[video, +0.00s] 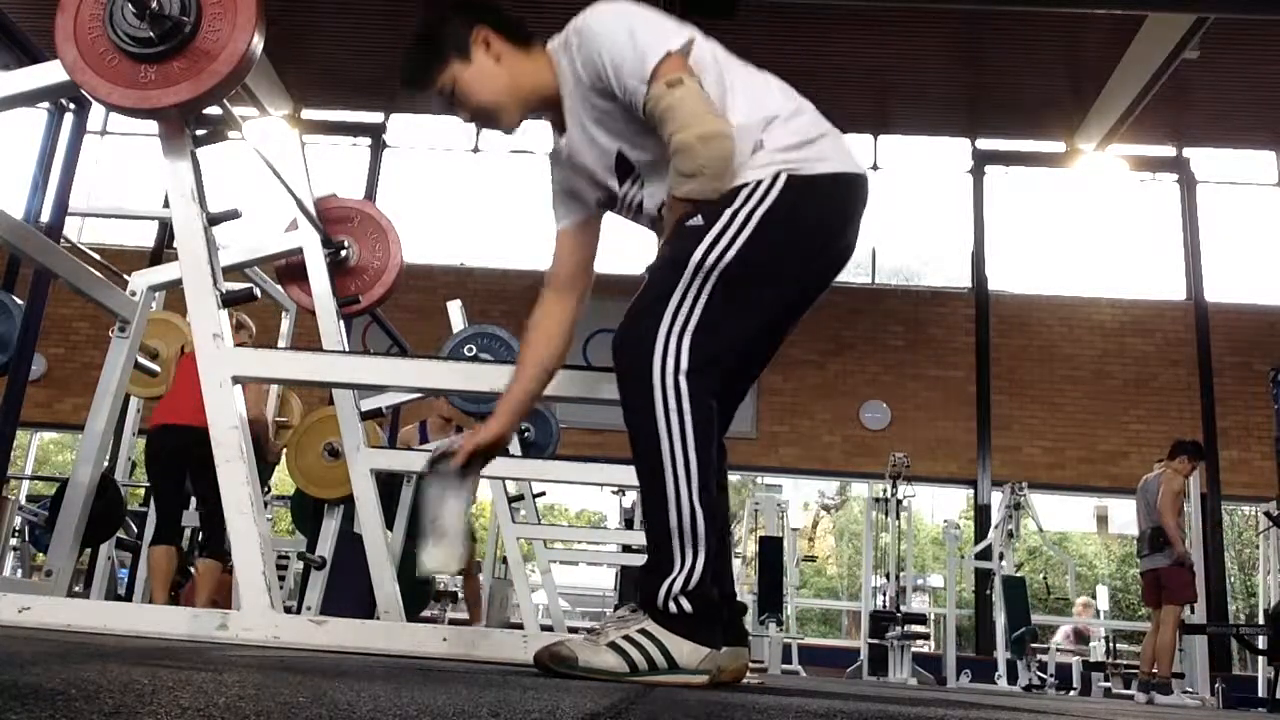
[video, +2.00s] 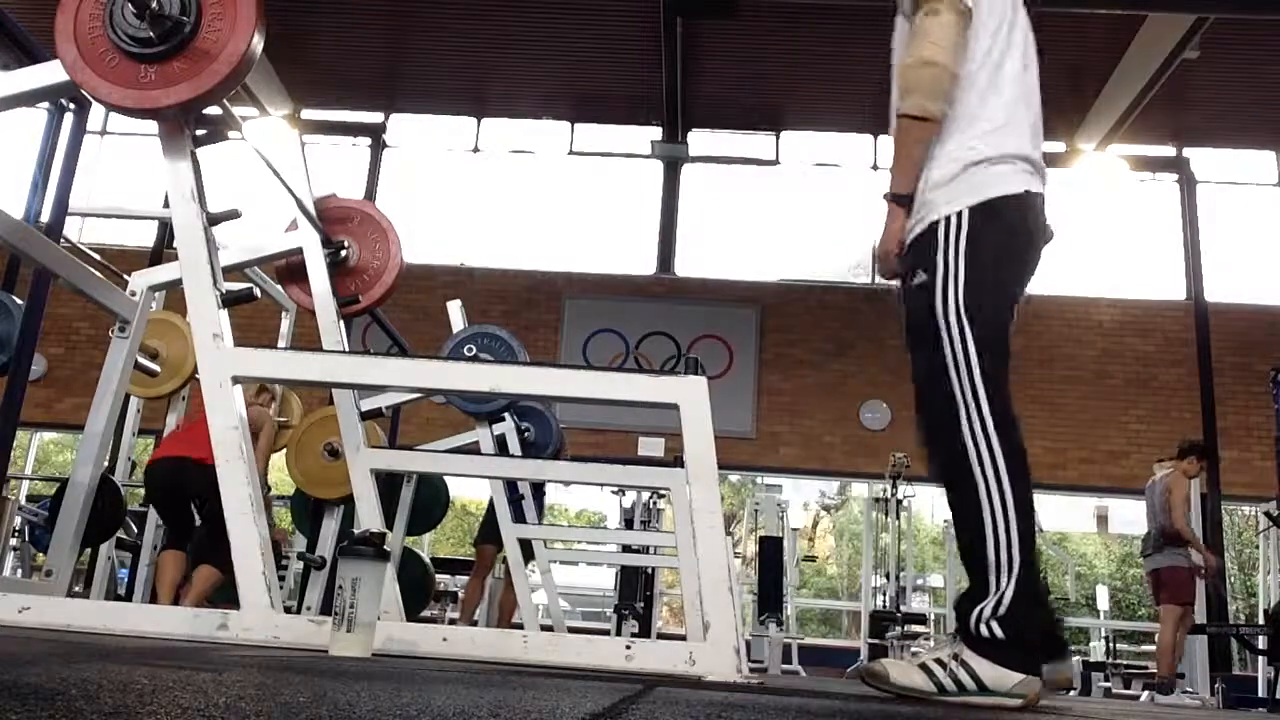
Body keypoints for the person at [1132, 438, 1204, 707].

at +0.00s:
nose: (1191, 473)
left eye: (1194, 468)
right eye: (1193, 467)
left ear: (1174, 459)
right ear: (1183, 460)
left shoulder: (1146, 480)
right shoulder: (1174, 479)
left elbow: (1145, 523)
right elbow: (1166, 515)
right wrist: (1180, 548)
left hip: (1149, 563)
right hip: (1170, 560)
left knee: (1156, 624)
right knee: (1169, 624)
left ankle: (1143, 684)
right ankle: (1163, 687)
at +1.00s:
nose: (1194, 471)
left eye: (1196, 466)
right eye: (1194, 465)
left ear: (1175, 459)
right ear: (1184, 459)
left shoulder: (1147, 480)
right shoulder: (1176, 480)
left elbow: (1147, 522)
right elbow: (1171, 518)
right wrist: (1187, 550)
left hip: (1148, 562)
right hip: (1170, 560)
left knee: (1155, 623)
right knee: (1168, 624)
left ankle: (1143, 685)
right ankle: (1163, 687)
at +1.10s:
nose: (1194, 471)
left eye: (1196, 467)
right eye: (1195, 465)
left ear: (1176, 459)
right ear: (1184, 459)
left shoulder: (1148, 480)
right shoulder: (1176, 481)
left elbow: (1148, 522)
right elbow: (1171, 519)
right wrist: (1188, 550)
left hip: (1148, 561)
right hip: (1169, 560)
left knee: (1155, 623)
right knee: (1168, 624)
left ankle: (1143, 685)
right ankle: (1163, 687)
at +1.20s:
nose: (1194, 472)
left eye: (1196, 467)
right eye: (1195, 466)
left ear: (1176, 459)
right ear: (1184, 459)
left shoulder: (1148, 480)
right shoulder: (1176, 480)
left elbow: (1149, 522)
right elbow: (1170, 518)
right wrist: (1188, 550)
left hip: (1148, 561)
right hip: (1169, 560)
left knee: (1155, 623)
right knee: (1167, 624)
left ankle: (1143, 685)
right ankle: (1163, 687)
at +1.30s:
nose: (1195, 472)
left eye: (1197, 467)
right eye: (1196, 466)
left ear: (1176, 459)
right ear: (1185, 459)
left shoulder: (1149, 480)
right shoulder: (1176, 480)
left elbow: (1149, 521)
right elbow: (1168, 517)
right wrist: (1188, 549)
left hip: (1149, 560)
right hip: (1169, 559)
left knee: (1156, 623)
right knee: (1167, 623)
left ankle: (1143, 684)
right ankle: (1163, 687)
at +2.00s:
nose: (1199, 474)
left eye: (1201, 469)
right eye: (1200, 469)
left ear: (1183, 458)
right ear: (1191, 461)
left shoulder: (1154, 481)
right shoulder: (1178, 479)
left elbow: (1158, 527)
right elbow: (1179, 524)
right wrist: (1203, 550)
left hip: (1156, 561)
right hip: (1173, 560)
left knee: (1186, 619)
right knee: (1169, 621)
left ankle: (1170, 679)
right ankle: (1164, 686)